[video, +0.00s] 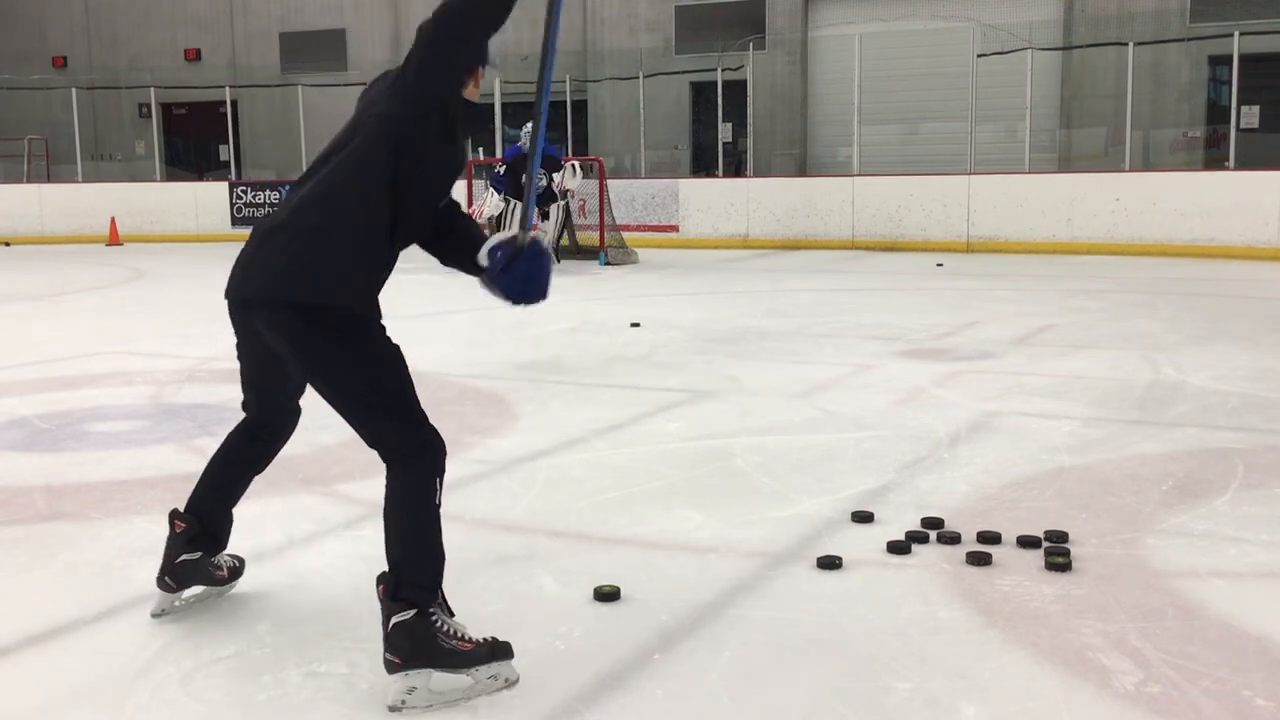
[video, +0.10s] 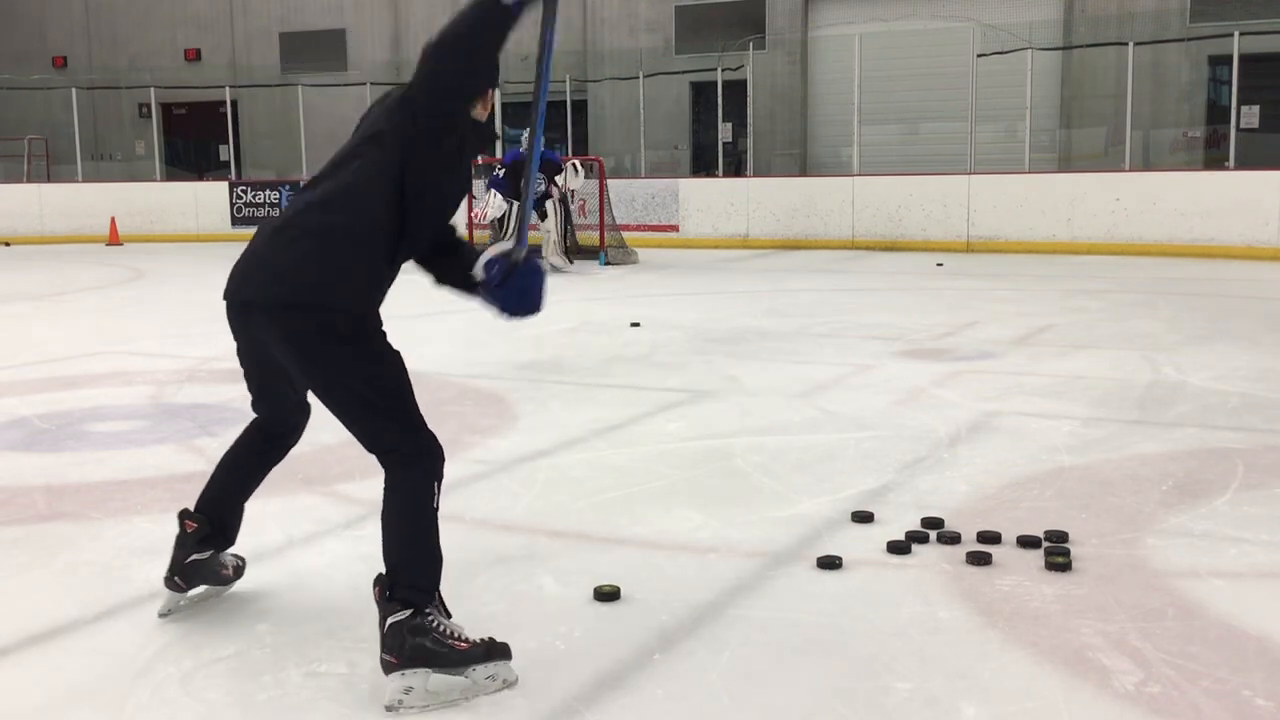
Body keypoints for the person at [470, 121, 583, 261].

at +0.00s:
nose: (531, 142)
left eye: (535, 138)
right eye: (528, 137)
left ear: (541, 138)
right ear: (522, 138)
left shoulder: (551, 156)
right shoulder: (513, 156)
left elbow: (562, 186)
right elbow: (498, 183)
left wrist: (569, 173)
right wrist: (486, 206)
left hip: (545, 202)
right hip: (516, 200)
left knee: (558, 205)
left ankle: (548, 249)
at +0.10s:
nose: (532, 145)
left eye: (536, 142)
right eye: (528, 141)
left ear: (542, 143)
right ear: (523, 142)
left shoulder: (549, 160)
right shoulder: (514, 159)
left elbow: (565, 184)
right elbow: (498, 183)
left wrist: (572, 172)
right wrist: (489, 206)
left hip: (539, 201)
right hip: (514, 199)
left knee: (556, 212)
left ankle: (555, 257)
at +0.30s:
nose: (536, 154)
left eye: (539, 151)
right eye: (532, 151)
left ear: (545, 152)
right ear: (526, 153)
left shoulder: (553, 171)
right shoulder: (514, 169)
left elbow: (563, 194)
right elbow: (497, 189)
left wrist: (573, 187)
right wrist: (496, 208)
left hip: (543, 210)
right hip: (518, 210)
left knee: (560, 235)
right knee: (507, 239)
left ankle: (579, 264)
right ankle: (485, 266)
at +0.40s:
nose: (536, 156)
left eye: (540, 153)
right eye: (532, 153)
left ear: (545, 154)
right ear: (527, 154)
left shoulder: (554, 172)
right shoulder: (514, 170)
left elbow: (562, 197)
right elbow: (497, 190)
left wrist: (574, 193)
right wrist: (498, 207)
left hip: (546, 212)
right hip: (520, 212)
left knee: (561, 237)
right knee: (508, 239)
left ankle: (581, 265)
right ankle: (486, 267)